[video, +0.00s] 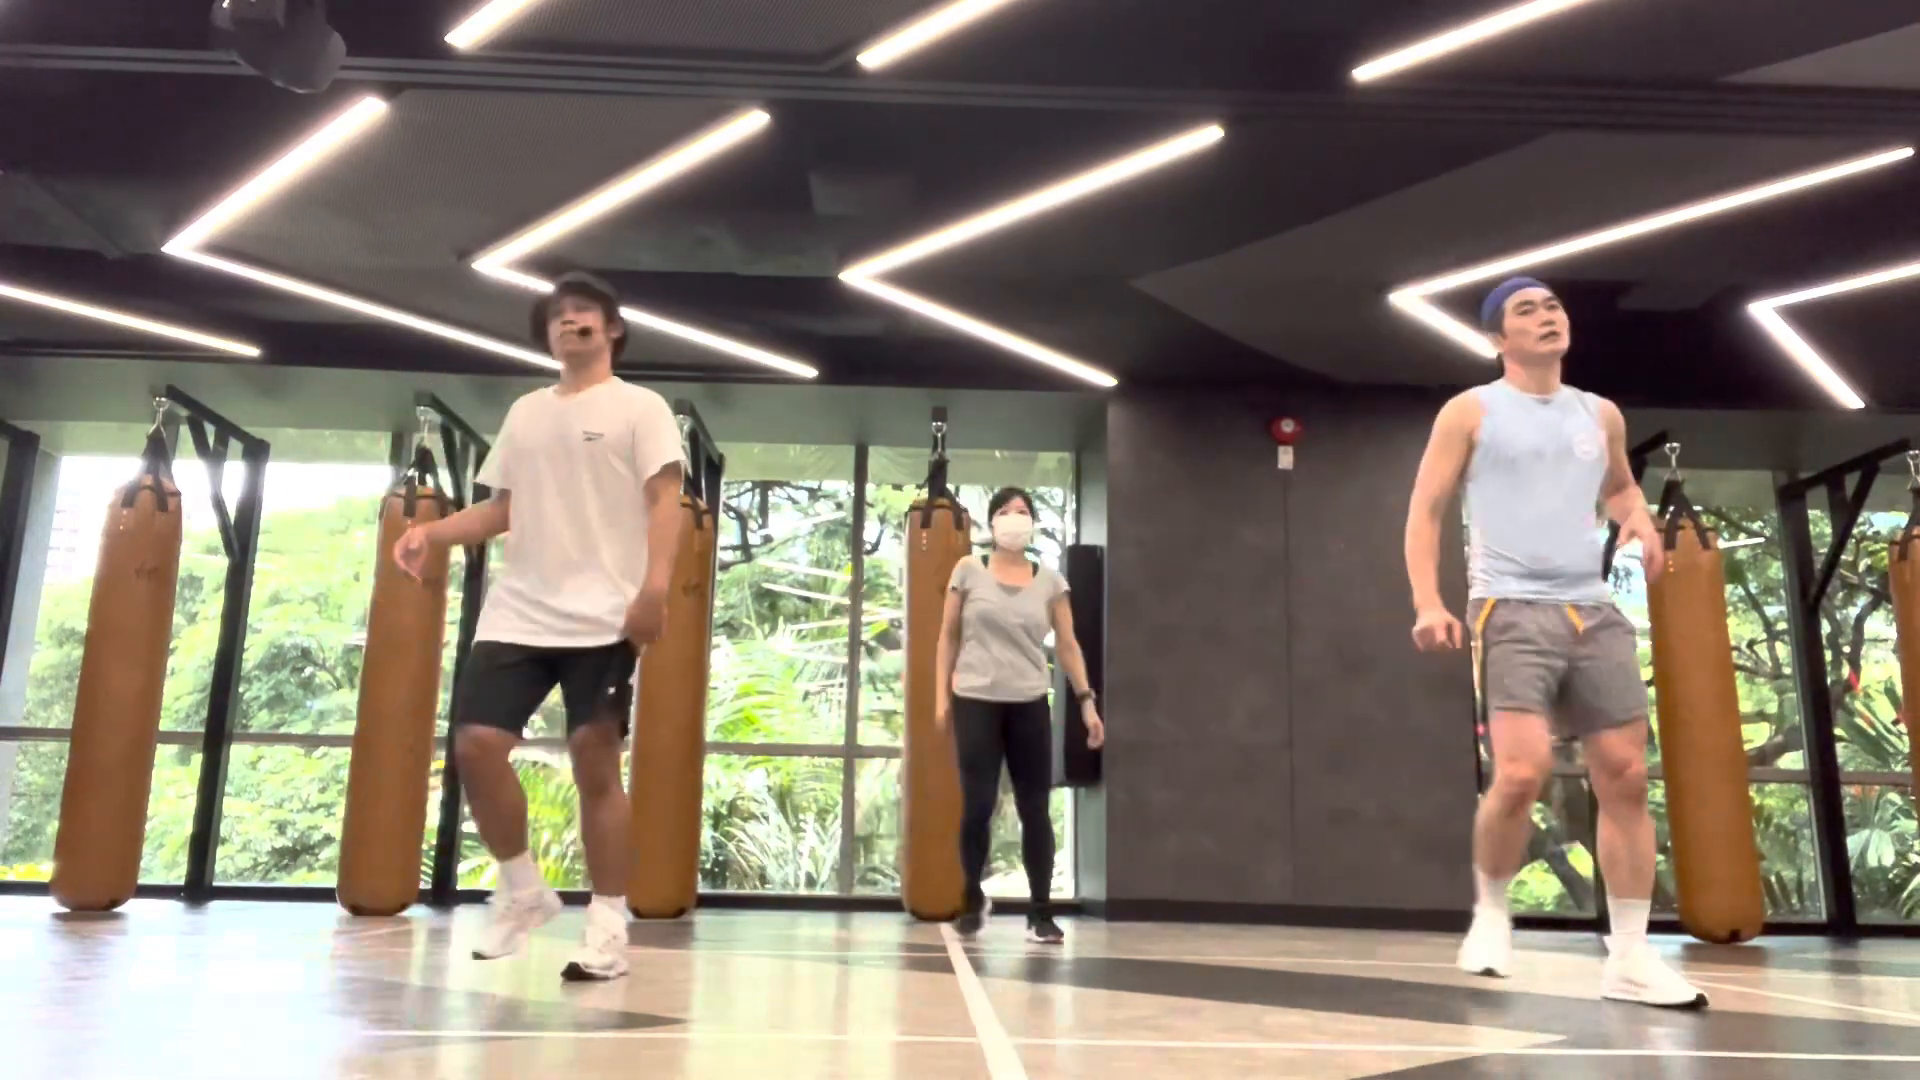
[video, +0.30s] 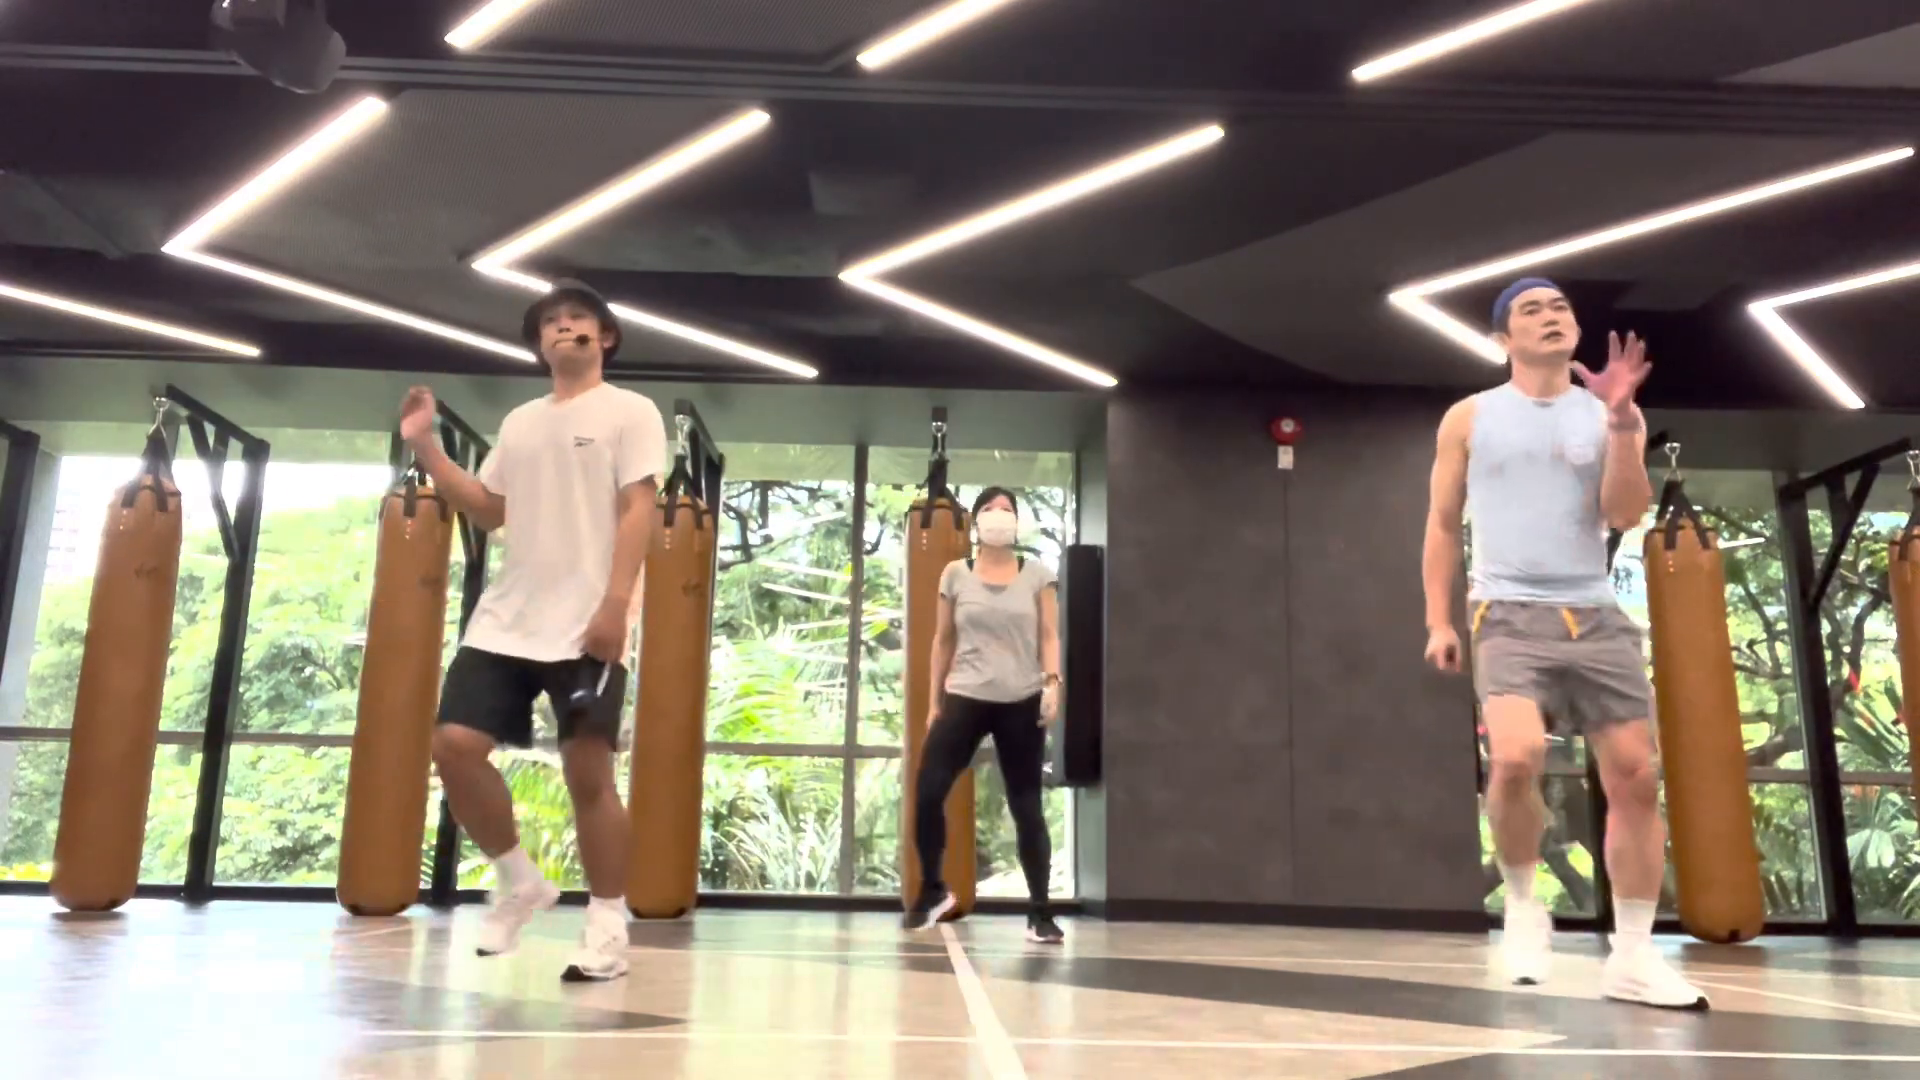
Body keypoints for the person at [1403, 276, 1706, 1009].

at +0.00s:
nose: (1547, 316)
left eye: (1554, 307)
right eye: (1527, 310)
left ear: (1569, 327)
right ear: (1499, 338)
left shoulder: (1602, 416)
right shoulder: (1469, 412)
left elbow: (1621, 492)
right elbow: (1425, 511)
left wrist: (1640, 524)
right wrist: (1428, 603)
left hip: (1597, 614)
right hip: (1512, 614)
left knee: (1627, 775)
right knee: (1521, 775)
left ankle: (1630, 956)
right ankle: (1491, 919)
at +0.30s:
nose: (1550, 316)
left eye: (1560, 308)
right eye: (1532, 310)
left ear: (1578, 331)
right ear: (1504, 339)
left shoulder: (1608, 414)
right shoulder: (1468, 418)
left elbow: (1623, 513)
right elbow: (1442, 523)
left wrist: (1622, 422)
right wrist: (1439, 621)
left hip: (1597, 616)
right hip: (1508, 616)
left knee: (1637, 772)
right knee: (1516, 759)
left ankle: (1633, 955)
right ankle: (1523, 910)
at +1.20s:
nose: (1419, 317)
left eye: (1427, 308)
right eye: (1403, 305)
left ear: (1435, 327)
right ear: (1365, 322)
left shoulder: (1450, 420)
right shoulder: (1321, 402)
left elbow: (1443, 528)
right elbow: (1270, 498)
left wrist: (1431, 602)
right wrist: (1291, 567)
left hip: (1425, 617)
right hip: (1342, 613)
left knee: (1464, 768)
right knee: (1317, 777)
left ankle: (1377, 903)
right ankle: (1302, 942)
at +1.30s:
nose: (1440, 316)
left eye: (1448, 307)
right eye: (1424, 303)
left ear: (1454, 326)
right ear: (1385, 318)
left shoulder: (1460, 417)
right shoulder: (1340, 392)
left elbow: (1440, 512)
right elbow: (1293, 493)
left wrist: (1451, 594)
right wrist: (1349, 549)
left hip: (1446, 608)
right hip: (1360, 605)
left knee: (1511, 758)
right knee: (1325, 771)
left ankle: (1473, 924)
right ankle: (1305, 943)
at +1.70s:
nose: (1549, 330)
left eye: (1557, 318)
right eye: (1532, 319)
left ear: (1566, 329)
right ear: (1497, 332)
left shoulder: (1572, 412)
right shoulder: (1466, 408)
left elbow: (1565, 514)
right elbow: (1432, 517)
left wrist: (1587, 599)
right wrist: (1449, 618)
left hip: (1589, 612)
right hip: (1505, 616)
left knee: (1638, 772)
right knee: (1460, 776)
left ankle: (1635, 961)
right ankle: (1392, 925)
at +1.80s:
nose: (1559, 328)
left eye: (1568, 315)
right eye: (1540, 316)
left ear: (1578, 327)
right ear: (1503, 330)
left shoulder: (1591, 407)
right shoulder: (1467, 407)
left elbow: (1593, 485)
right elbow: (1434, 516)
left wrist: (1628, 534)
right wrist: (1436, 618)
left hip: (1610, 598)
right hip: (1528, 598)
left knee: (1640, 769)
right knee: (1542, 768)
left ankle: (1637, 958)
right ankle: (1488, 914)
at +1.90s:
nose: (1565, 339)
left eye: (1575, 326)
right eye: (1548, 326)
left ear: (1584, 334)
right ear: (1510, 335)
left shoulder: (1607, 412)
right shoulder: (1465, 420)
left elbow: (1622, 491)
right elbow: (1437, 524)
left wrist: (1648, 503)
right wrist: (1434, 628)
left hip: (1622, 598)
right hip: (1541, 604)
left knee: (1656, 769)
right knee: (1599, 770)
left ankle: (1645, 955)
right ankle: (1595, 948)